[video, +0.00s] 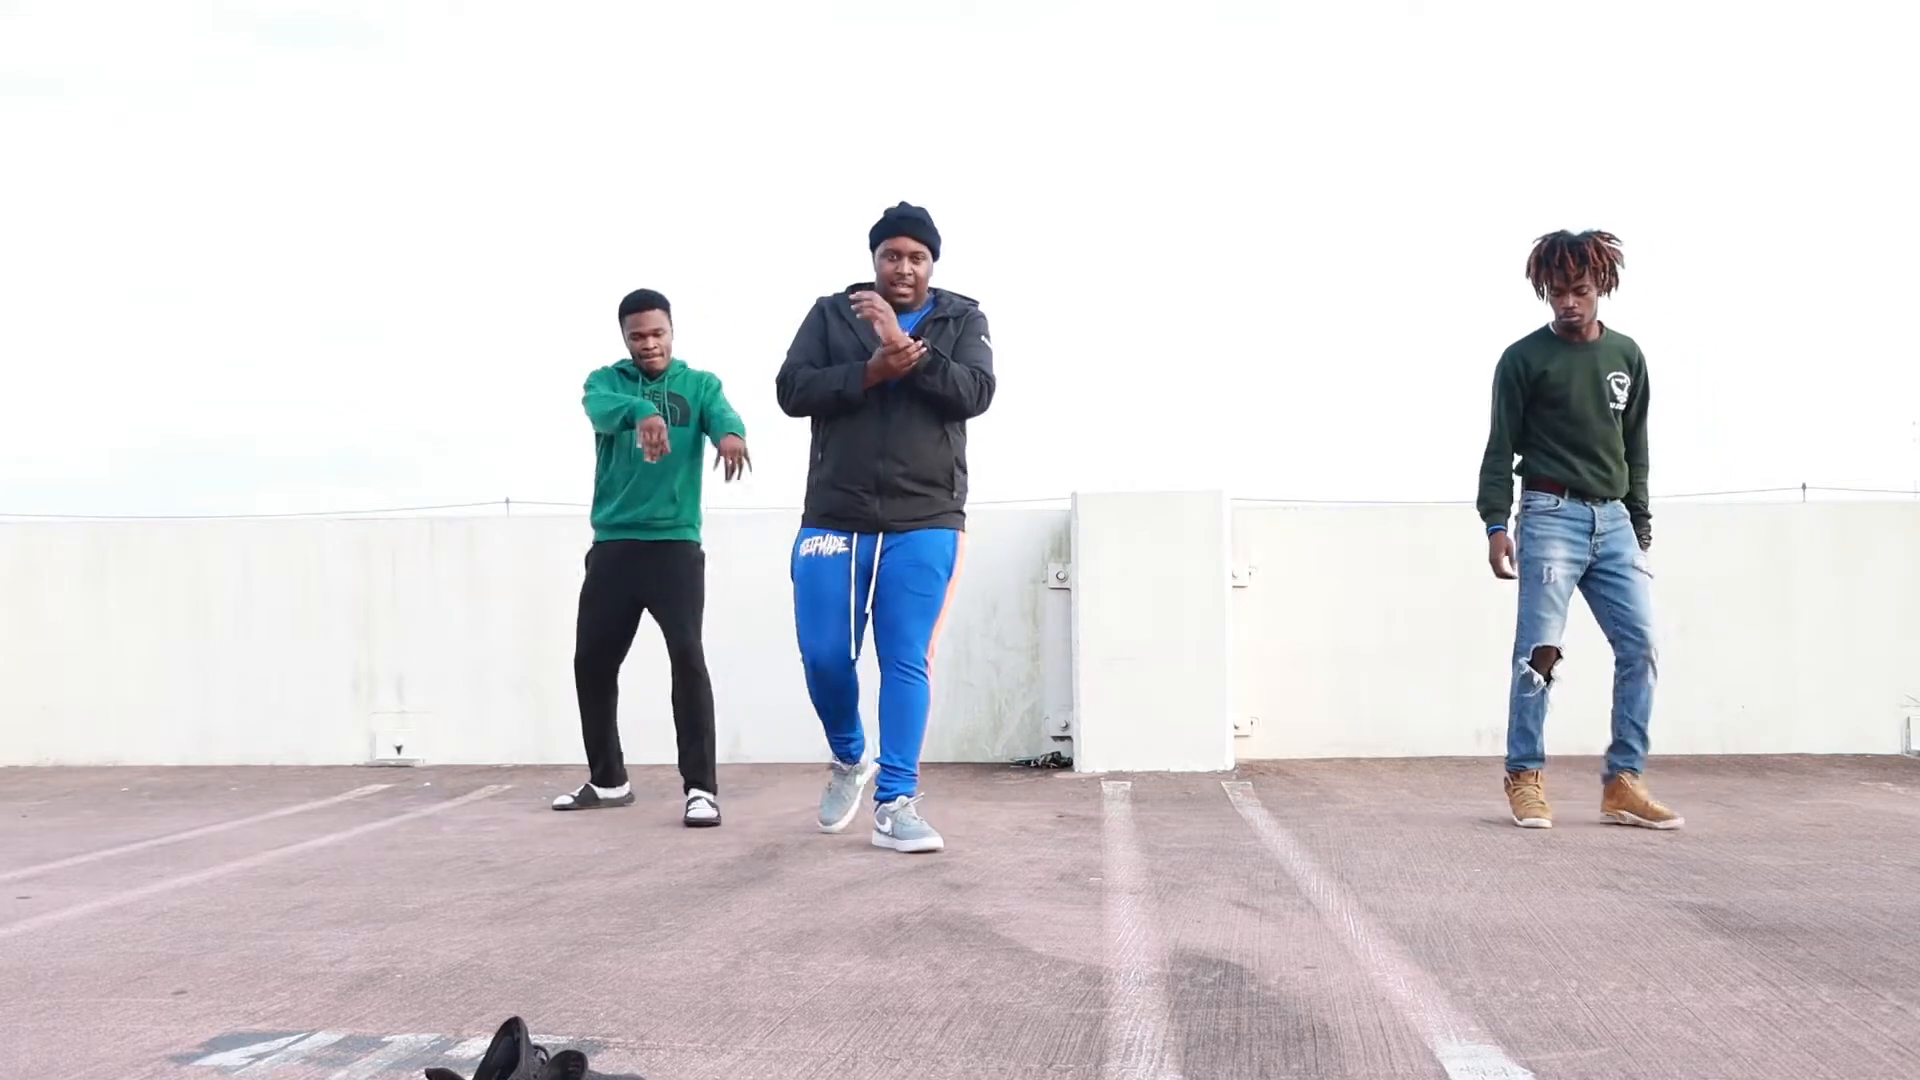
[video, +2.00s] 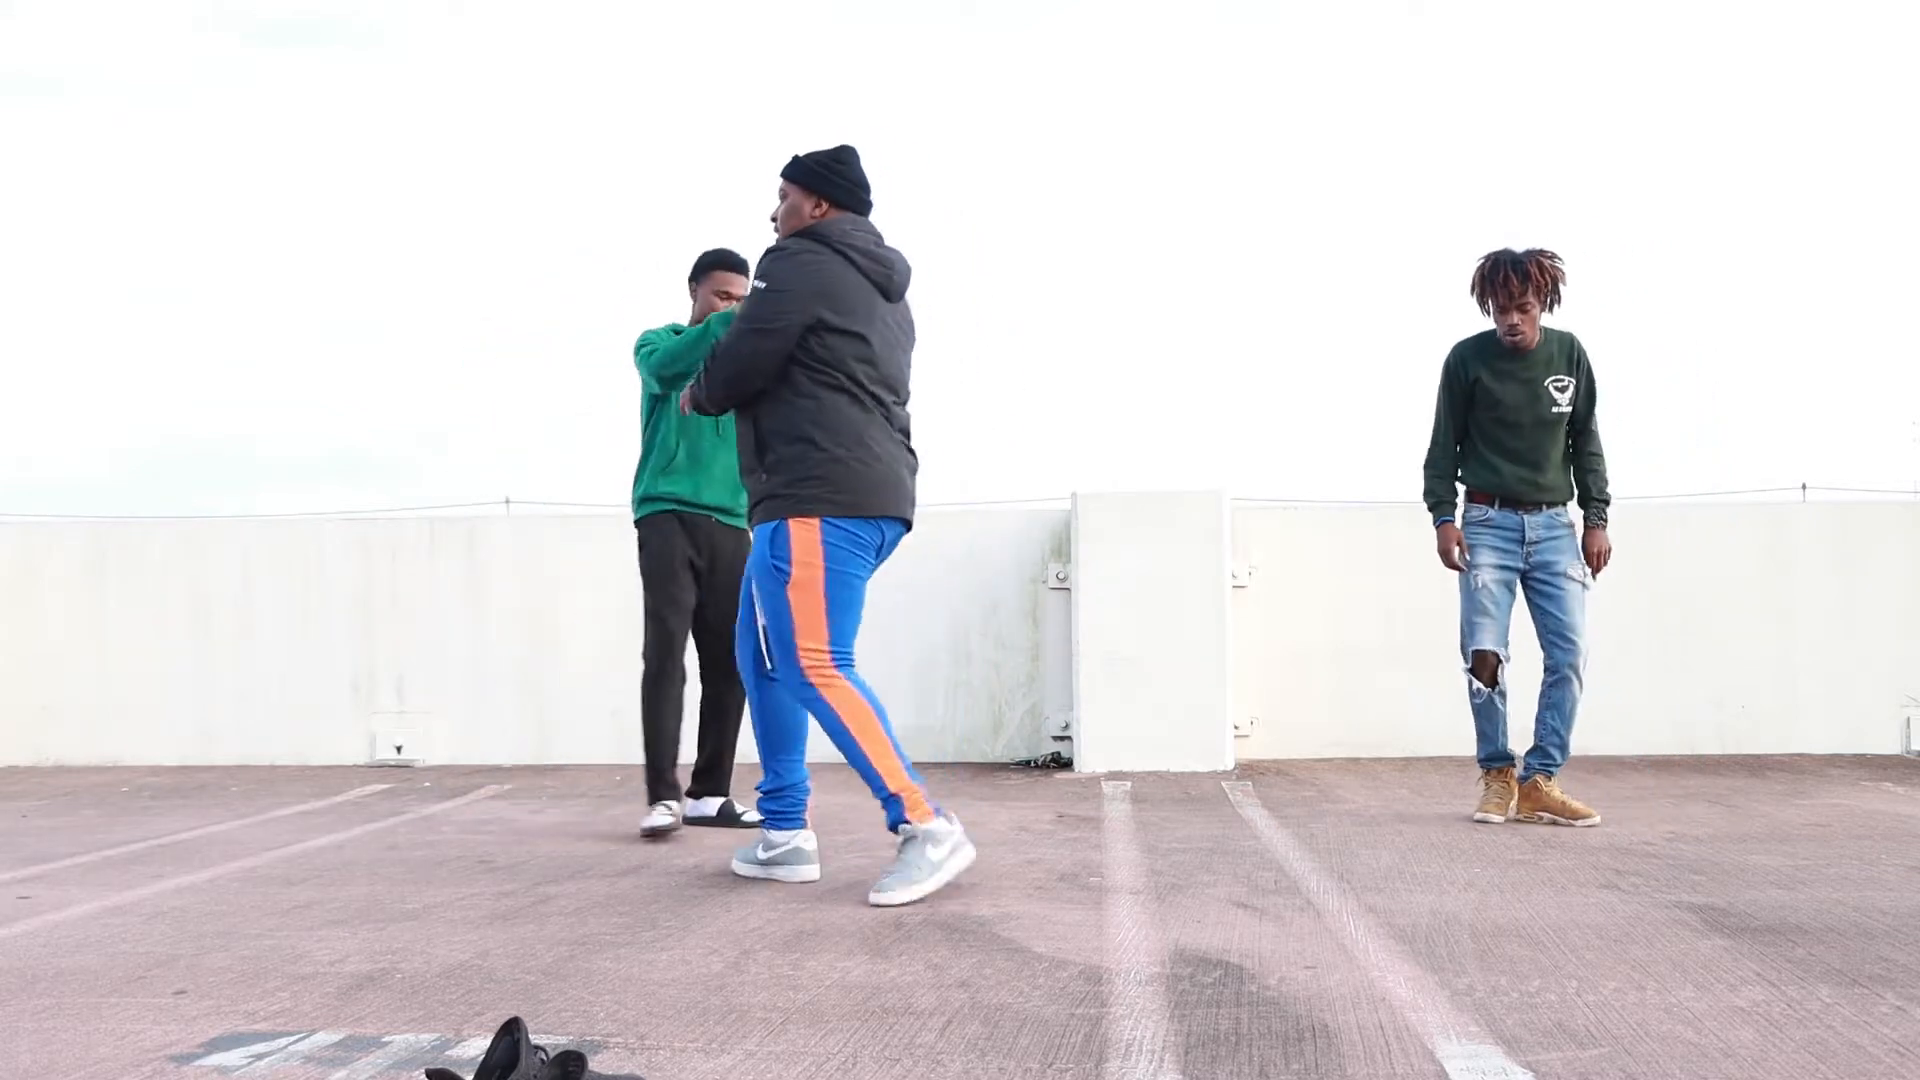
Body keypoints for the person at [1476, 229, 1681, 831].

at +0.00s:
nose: (1567, 302)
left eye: (1577, 290)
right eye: (1556, 291)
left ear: (1601, 288)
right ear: (1544, 292)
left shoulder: (1626, 356)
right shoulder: (1522, 360)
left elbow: (1635, 448)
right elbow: (1499, 449)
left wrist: (1639, 526)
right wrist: (1496, 523)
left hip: (1612, 521)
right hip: (1548, 517)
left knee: (1640, 647)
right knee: (1539, 652)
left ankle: (1622, 782)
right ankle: (1524, 777)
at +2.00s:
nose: (1510, 321)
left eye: (1520, 309)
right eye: (1500, 310)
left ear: (1542, 304)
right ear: (1488, 307)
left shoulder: (1567, 352)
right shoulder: (1466, 359)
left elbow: (1585, 439)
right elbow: (1442, 446)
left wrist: (1595, 519)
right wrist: (1443, 518)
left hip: (1556, 526)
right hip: (1486, 524)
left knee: (1568, 656)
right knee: (1484, 657)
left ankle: (1538, 781)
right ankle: (1497, 777)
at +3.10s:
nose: (1467, 301)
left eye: (1478, 288)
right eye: (1459, 291)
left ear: (1509, 286)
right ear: (1451, 294)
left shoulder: (1545, 345)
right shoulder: (1449, 355)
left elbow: (1568, 434)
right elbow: (1442, 439)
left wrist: (1524, 464)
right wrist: (1434, 519)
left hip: (1530, 517)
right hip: (1467, 518)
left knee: (1525, 642)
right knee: (1475, 650)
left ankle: (1532, 772)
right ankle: (1499, 772)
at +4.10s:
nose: (1476, 313)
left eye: (1485, 299)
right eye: (1469, 302)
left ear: (1521, 289)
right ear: (1465, 298)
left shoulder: (1561, 330)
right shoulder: (1478, 362)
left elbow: (1554, 411)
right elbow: (1473, 451)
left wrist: (1488, 407)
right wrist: (1416, 446)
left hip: (1558, 515)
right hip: (1500, 517)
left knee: (1558, 655)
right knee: (1464, 648)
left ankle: (1571, 789)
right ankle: (1473, 781)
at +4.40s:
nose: (1454, 308)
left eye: (1464, 295)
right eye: (1446, 297)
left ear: (1497, 285)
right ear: (1441, 292)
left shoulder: (1533, 332)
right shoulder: (1440, 350)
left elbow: (1538, 415)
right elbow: (1417, 431)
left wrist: (1494, 414)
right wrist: (1374, 396)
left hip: (1518, 512)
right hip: (1454, 514)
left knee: (1538, 653)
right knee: (1442, 653)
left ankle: (1566, 783)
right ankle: (1448, 785)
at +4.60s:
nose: (1444, 308)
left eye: (1454, 296)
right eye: (1436, 298)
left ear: (1483, 286)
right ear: (1429, 293)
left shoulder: (1519, 336)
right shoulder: (1421, 345)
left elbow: (1534, 421)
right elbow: (1378, 400)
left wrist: (1528, 485)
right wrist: (1357, 346)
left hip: (1495, 506)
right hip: (1431, 512)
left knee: (1506, 628)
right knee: (1430, 649)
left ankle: (1534, 742)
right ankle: (1446, 782)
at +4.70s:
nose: (1441, 311)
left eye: (1451, 298)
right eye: (1433, 300)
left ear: (1481, 287)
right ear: (1426, 295)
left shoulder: (1515, 341)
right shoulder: (1419, 345)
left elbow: (1531, 432)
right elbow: (1372, 389)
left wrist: (1536, 511)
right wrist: (1354, 327)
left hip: (1488, 507)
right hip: (1424, 511)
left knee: (1499, 626)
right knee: (1424, 652)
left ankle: (1522, 738)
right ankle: (1446, 784)